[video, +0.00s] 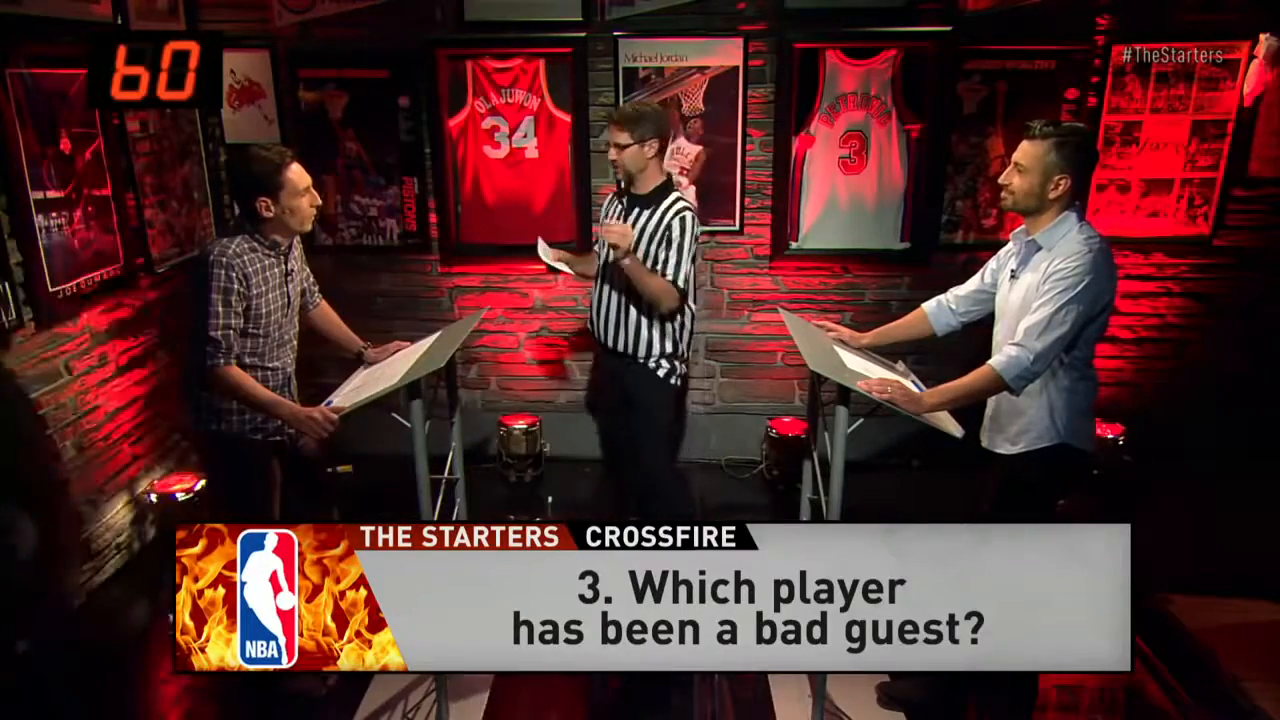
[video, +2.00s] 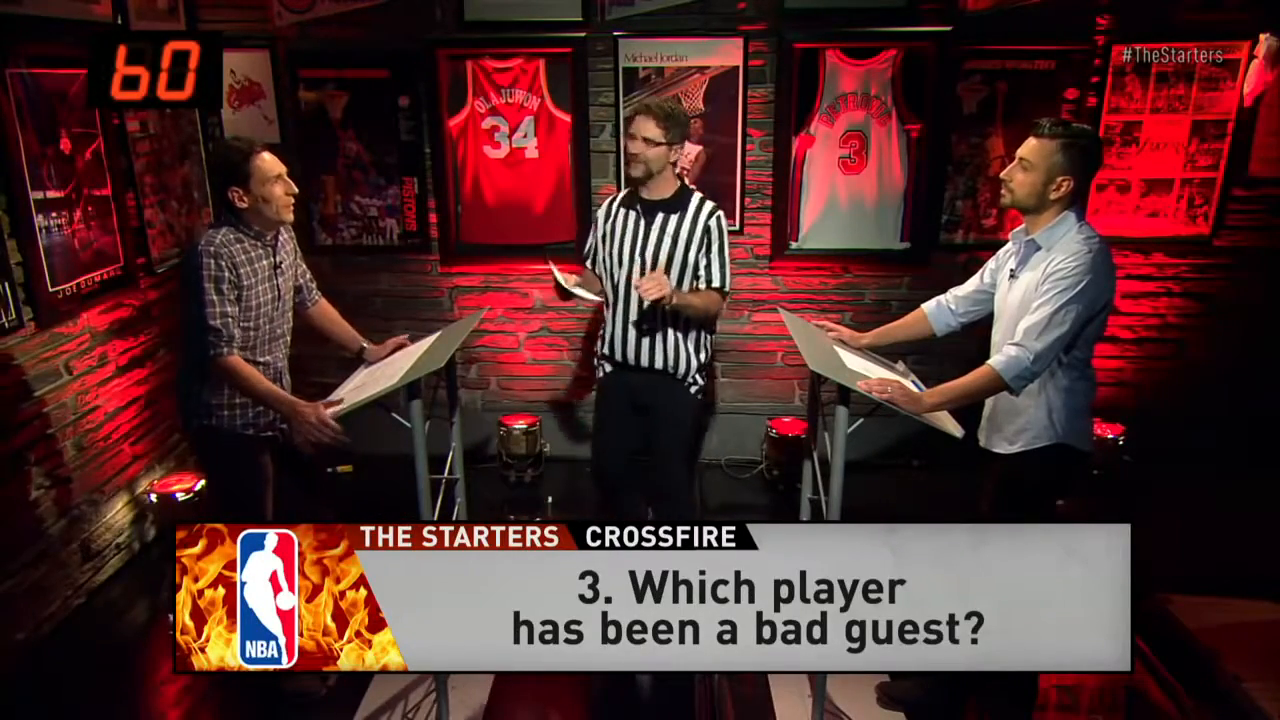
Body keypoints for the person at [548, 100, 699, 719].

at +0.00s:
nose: (612, 157)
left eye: (621, 148)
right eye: (609, 147)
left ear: (654, 148)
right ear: (621, 149)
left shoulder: (677, 214)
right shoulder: (617, 201)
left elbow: (668, 299)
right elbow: (612, 271)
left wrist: (625, 256)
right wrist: (574, 262)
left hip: (654, 373)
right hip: (612, 362)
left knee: (655, 486)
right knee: (618, 481)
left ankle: (674, 570)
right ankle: (629, 563)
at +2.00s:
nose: (633, 147)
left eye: (647, 141)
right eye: (630, 137)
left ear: (675, 151)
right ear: (624, 140)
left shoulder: (706, 217)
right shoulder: (611, 209)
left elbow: (713, 304)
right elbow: (599, 282)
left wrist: (675, 297)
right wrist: (580, 284)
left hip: (677, 383)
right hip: (617, 375)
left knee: (671, 491)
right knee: (610, 482)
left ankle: (675, 572)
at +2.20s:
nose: (680, 153)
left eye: (683, 143)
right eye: (667, 144)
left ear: (688, 146)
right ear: (636, 152)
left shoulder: (712, 216)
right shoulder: (604, 214)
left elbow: (723, 299)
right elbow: (585, 279)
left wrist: (698, 293)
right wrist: (587, 295)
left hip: (683, 378)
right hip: (619, 375)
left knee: (673, 487)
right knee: (612, 483)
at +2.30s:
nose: (688, 152)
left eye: (689, 142)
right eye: (675, 144)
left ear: (692, 145)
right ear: (643, 153)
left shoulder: (712, 214)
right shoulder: (606, 215)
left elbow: (729, 298)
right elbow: (580, 281)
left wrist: (716, 278)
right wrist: (592, 299)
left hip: (684, 377)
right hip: (622, 376)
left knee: (675, 489)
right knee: (613, 487)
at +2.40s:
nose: (695, 151)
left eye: (695, 142)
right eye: (684, 144)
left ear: (687, 149)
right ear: (648, 153)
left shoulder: (709, 212)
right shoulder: (611, 215)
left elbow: (727, 292)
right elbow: (579, 284)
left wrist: (733, 258)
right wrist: (602, 303)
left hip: (686, 379)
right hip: (626, 380)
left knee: (675, 492)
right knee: (623, 490)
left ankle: (671, 585)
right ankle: (616, 585)